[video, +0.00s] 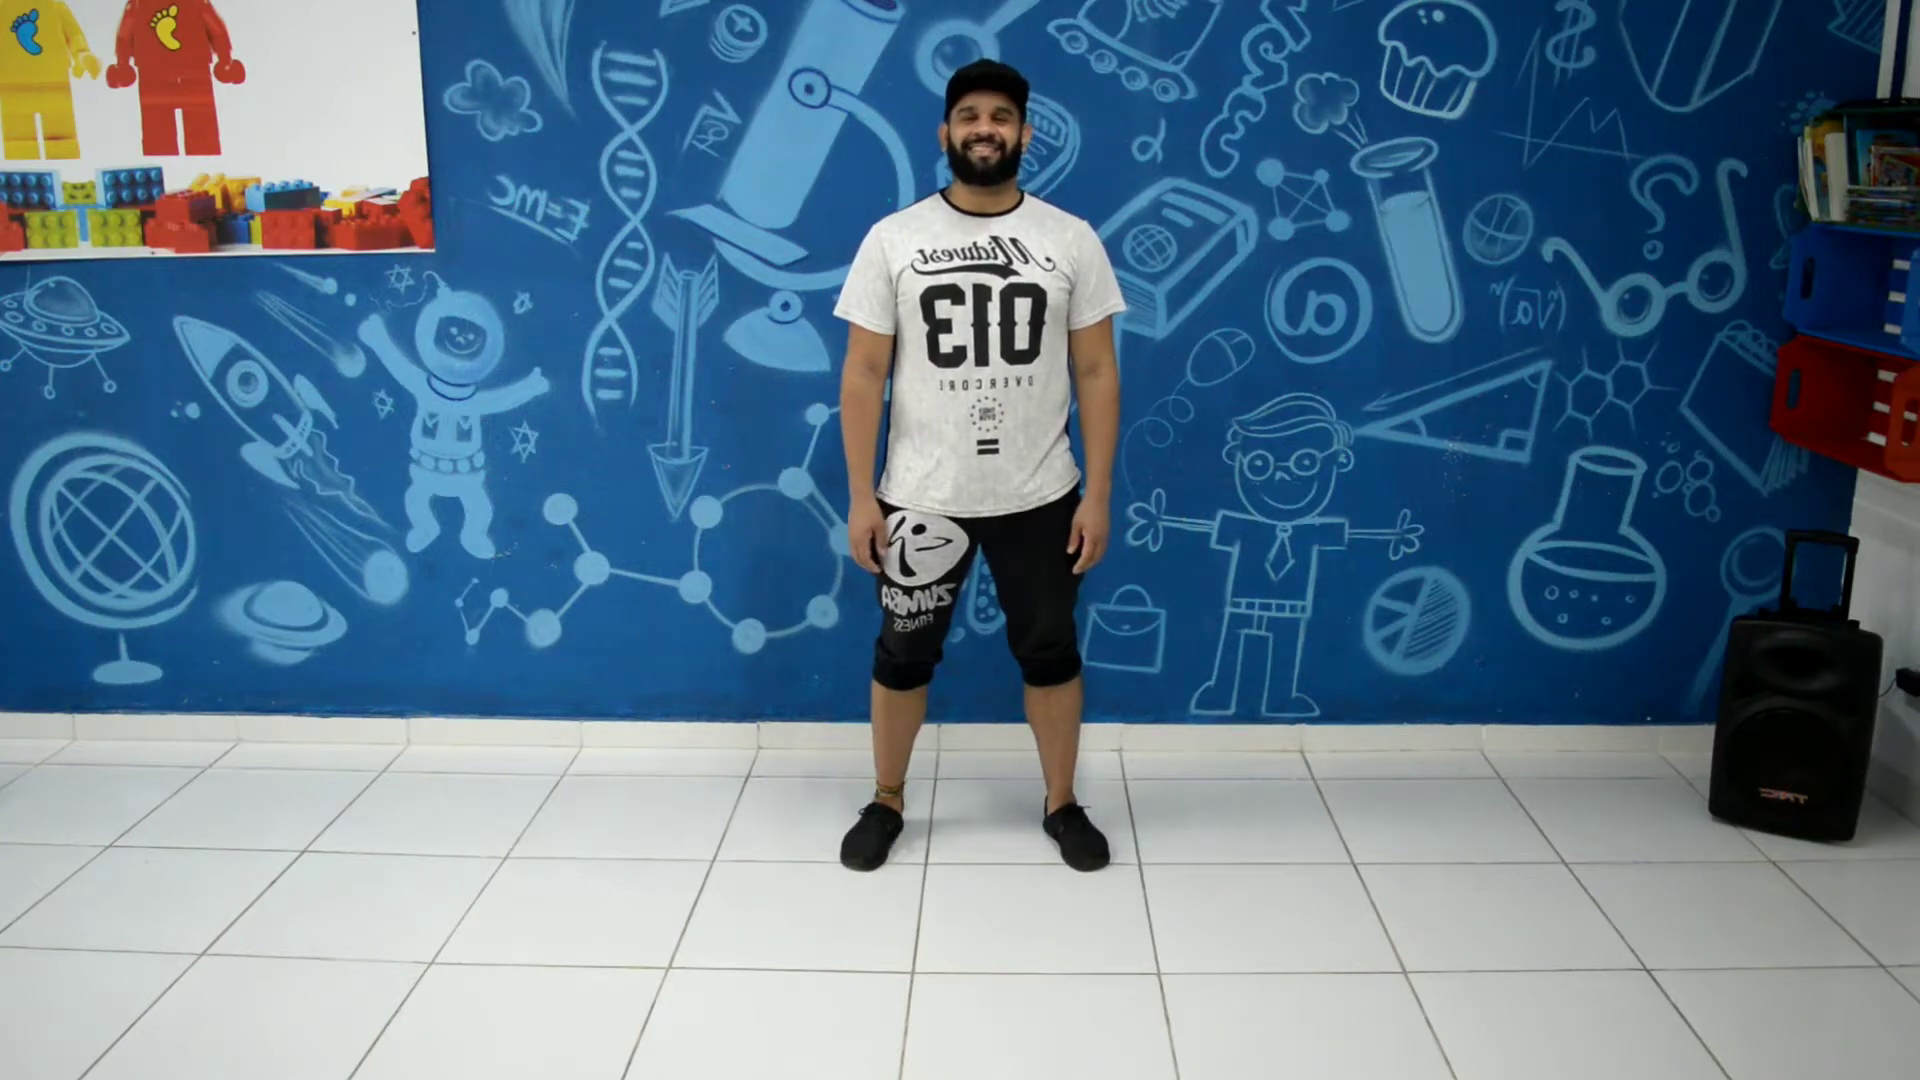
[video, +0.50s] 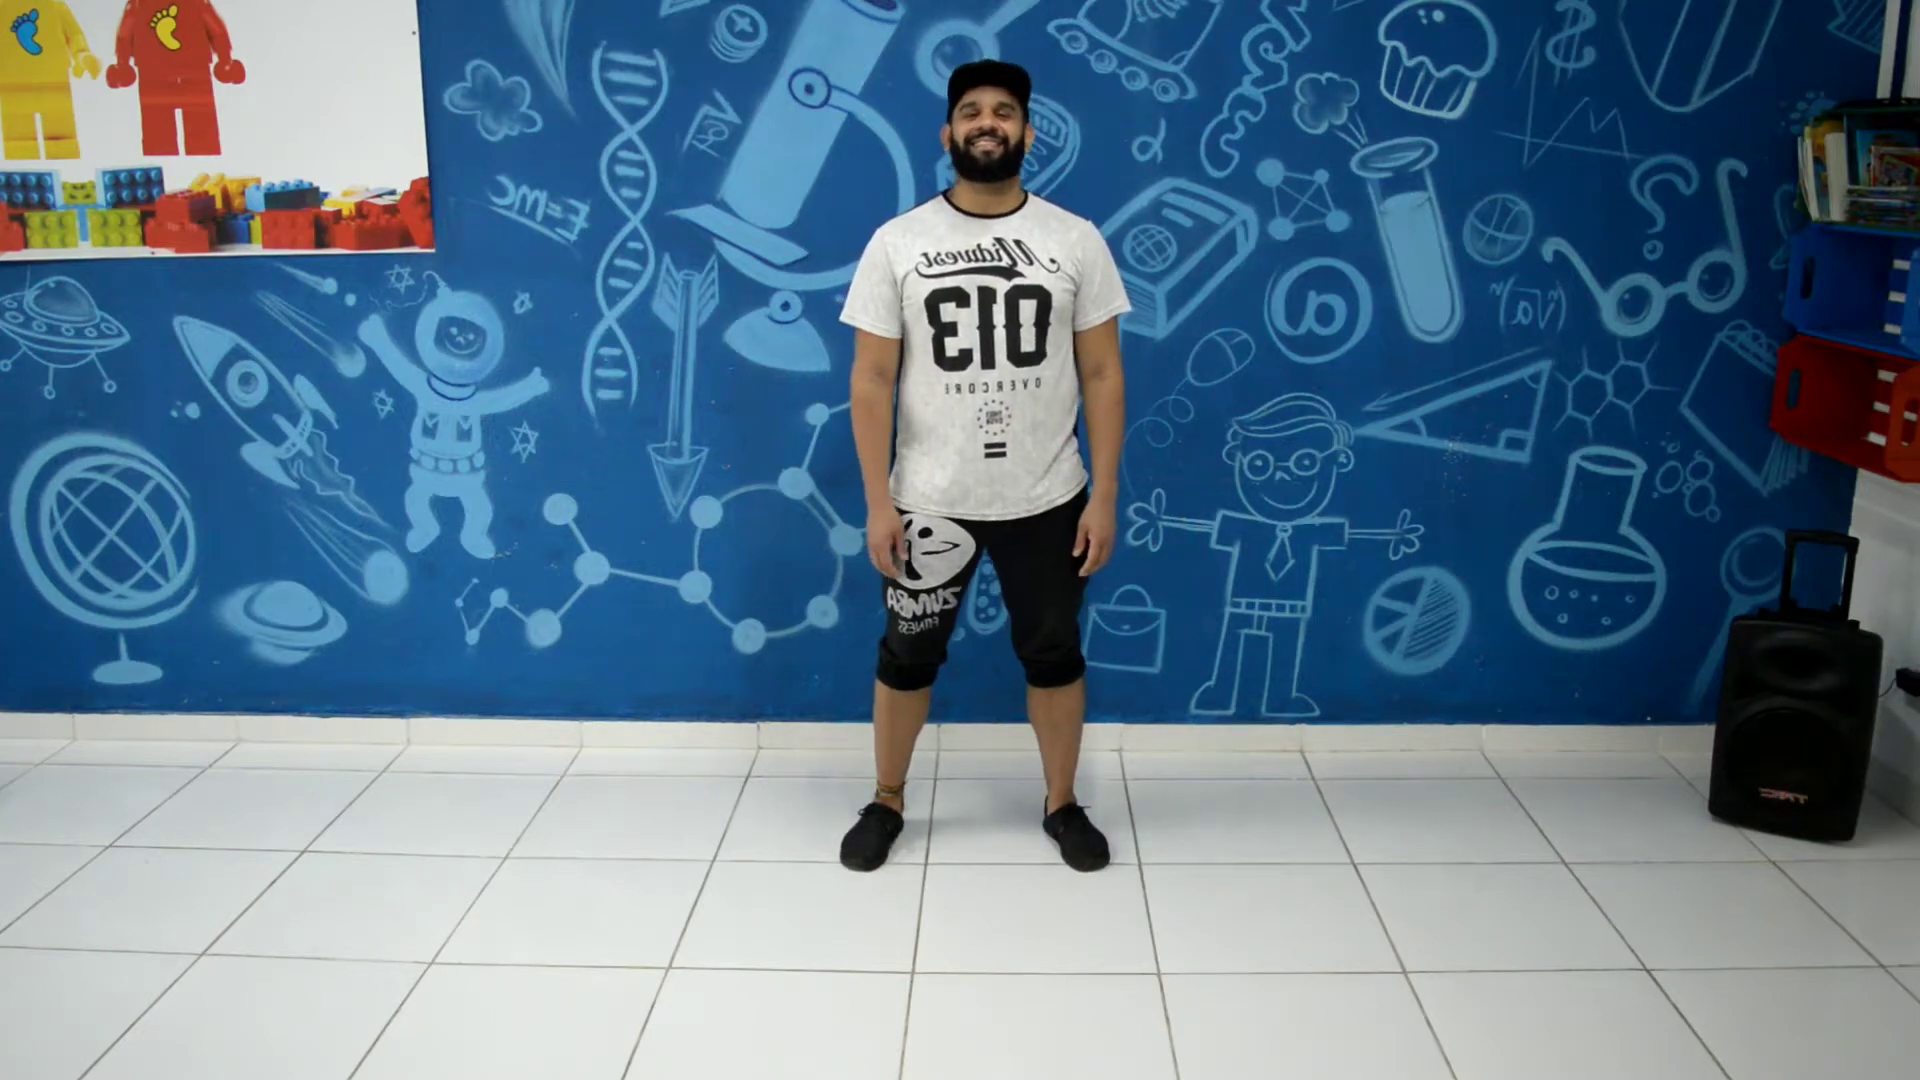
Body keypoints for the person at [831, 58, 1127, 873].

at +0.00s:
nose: (984, 130)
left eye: (1000, 118)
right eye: (969, 117)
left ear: (1023, 135)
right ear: (947, 133)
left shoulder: (1072, 241)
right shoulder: (894, 241)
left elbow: (1096, 370)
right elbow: (864, 373)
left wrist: (1098, 492)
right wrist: (862, 494)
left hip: (1037, 494)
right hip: (924, 494)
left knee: (1052, 653)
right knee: (903, 654)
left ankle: (1063, 804)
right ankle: (886, 801)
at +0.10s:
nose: (983, 129)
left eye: (1000, 117)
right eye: (967, 117)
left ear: (1022, 134)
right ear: (945, 133)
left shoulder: (1072, 241)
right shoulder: (893, 242)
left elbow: (1096, 370)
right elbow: (863, 374)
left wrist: (1098, 492)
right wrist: (862, 495)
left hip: (1037, 493)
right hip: (924, 493)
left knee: (1052, 653)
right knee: (903, 654)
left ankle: (1062, 804)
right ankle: (886, 801)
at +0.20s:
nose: (982, 127)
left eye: (998, 116)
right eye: (966, 116)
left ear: (1022, 135)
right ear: (945, 134)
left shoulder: (1072, 240)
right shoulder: (894, 241)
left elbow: (1097, 370)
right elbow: (864, 374)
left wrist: (1099, 492)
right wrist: (865, 494)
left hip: (1039, 494)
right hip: (926, 494)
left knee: (1052, 654)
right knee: (905, 653)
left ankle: (1063, 804)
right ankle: (886, 801)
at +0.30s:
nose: (983, 126)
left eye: (999, 115)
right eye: (967, 115)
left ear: (1022, 135)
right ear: (945, 134)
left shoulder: (1073, 240)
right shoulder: (895, 243)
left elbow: (1098, 371)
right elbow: (866, 375)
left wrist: (1099, 492)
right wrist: (868, 496)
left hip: (1041, 495)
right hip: (927, 496)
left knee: (1054, 655)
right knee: (905, 655)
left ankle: (1063, 804)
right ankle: (886, 801)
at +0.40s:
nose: (985, 126)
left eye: (1001, 115)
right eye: (969, 115)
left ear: (1024, 135)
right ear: (947, 135)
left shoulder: (1075, 241)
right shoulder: (897, 245)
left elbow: (1100, 372)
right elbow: (869, 378)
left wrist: (1102, 494)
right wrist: (873, 498)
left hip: (1044, 496)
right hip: (931, 497)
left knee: (1055, 656)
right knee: (906, 656)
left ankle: (1063, 805)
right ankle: (885, 802)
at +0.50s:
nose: (986, 126)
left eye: (1003, 115)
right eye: (971, 115)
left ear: (1026, 135)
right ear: (949, 135)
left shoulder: (1077, 242)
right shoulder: (898, 245)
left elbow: (1101, 373)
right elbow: (872, 378)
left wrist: (1105, 495)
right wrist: (878, 498)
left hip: (1045, 497)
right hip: (932, 498)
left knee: (1056, 657)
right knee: (907, 656)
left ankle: (1063, 805)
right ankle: (885, 802)